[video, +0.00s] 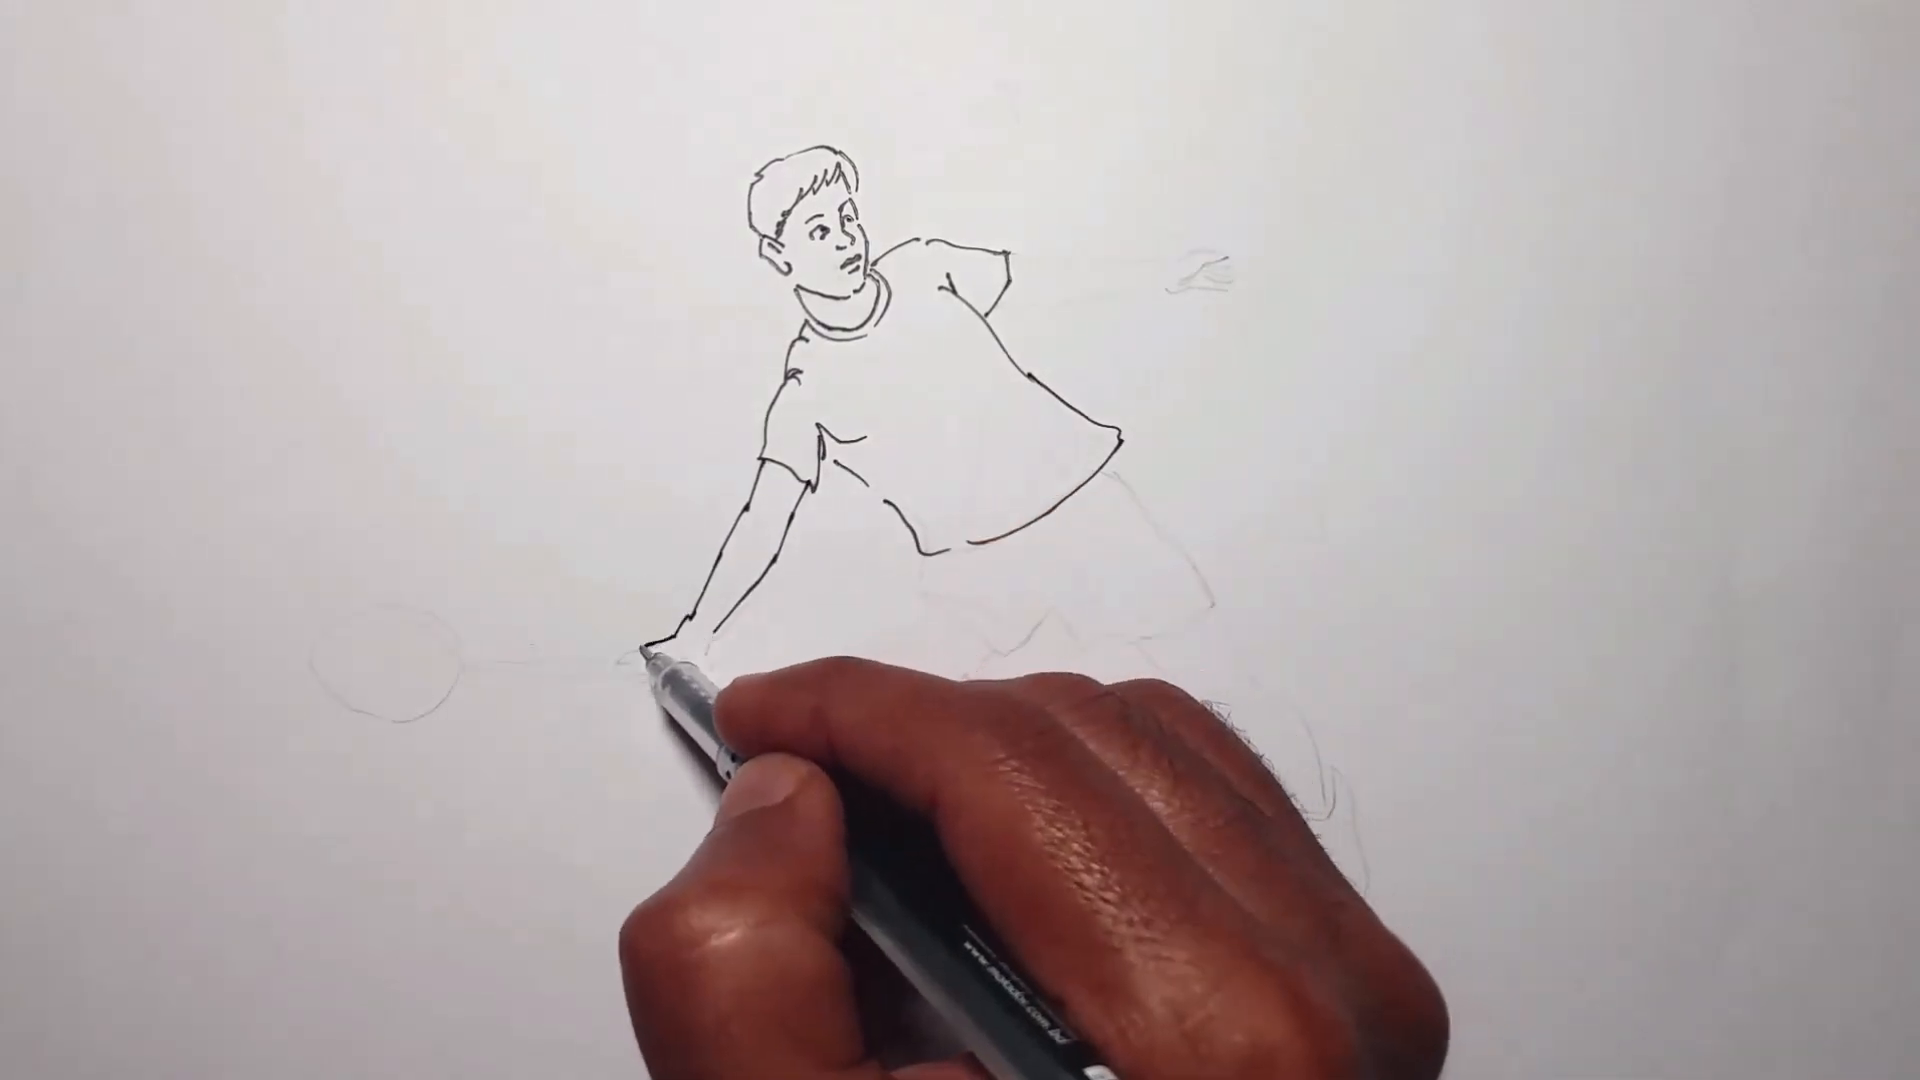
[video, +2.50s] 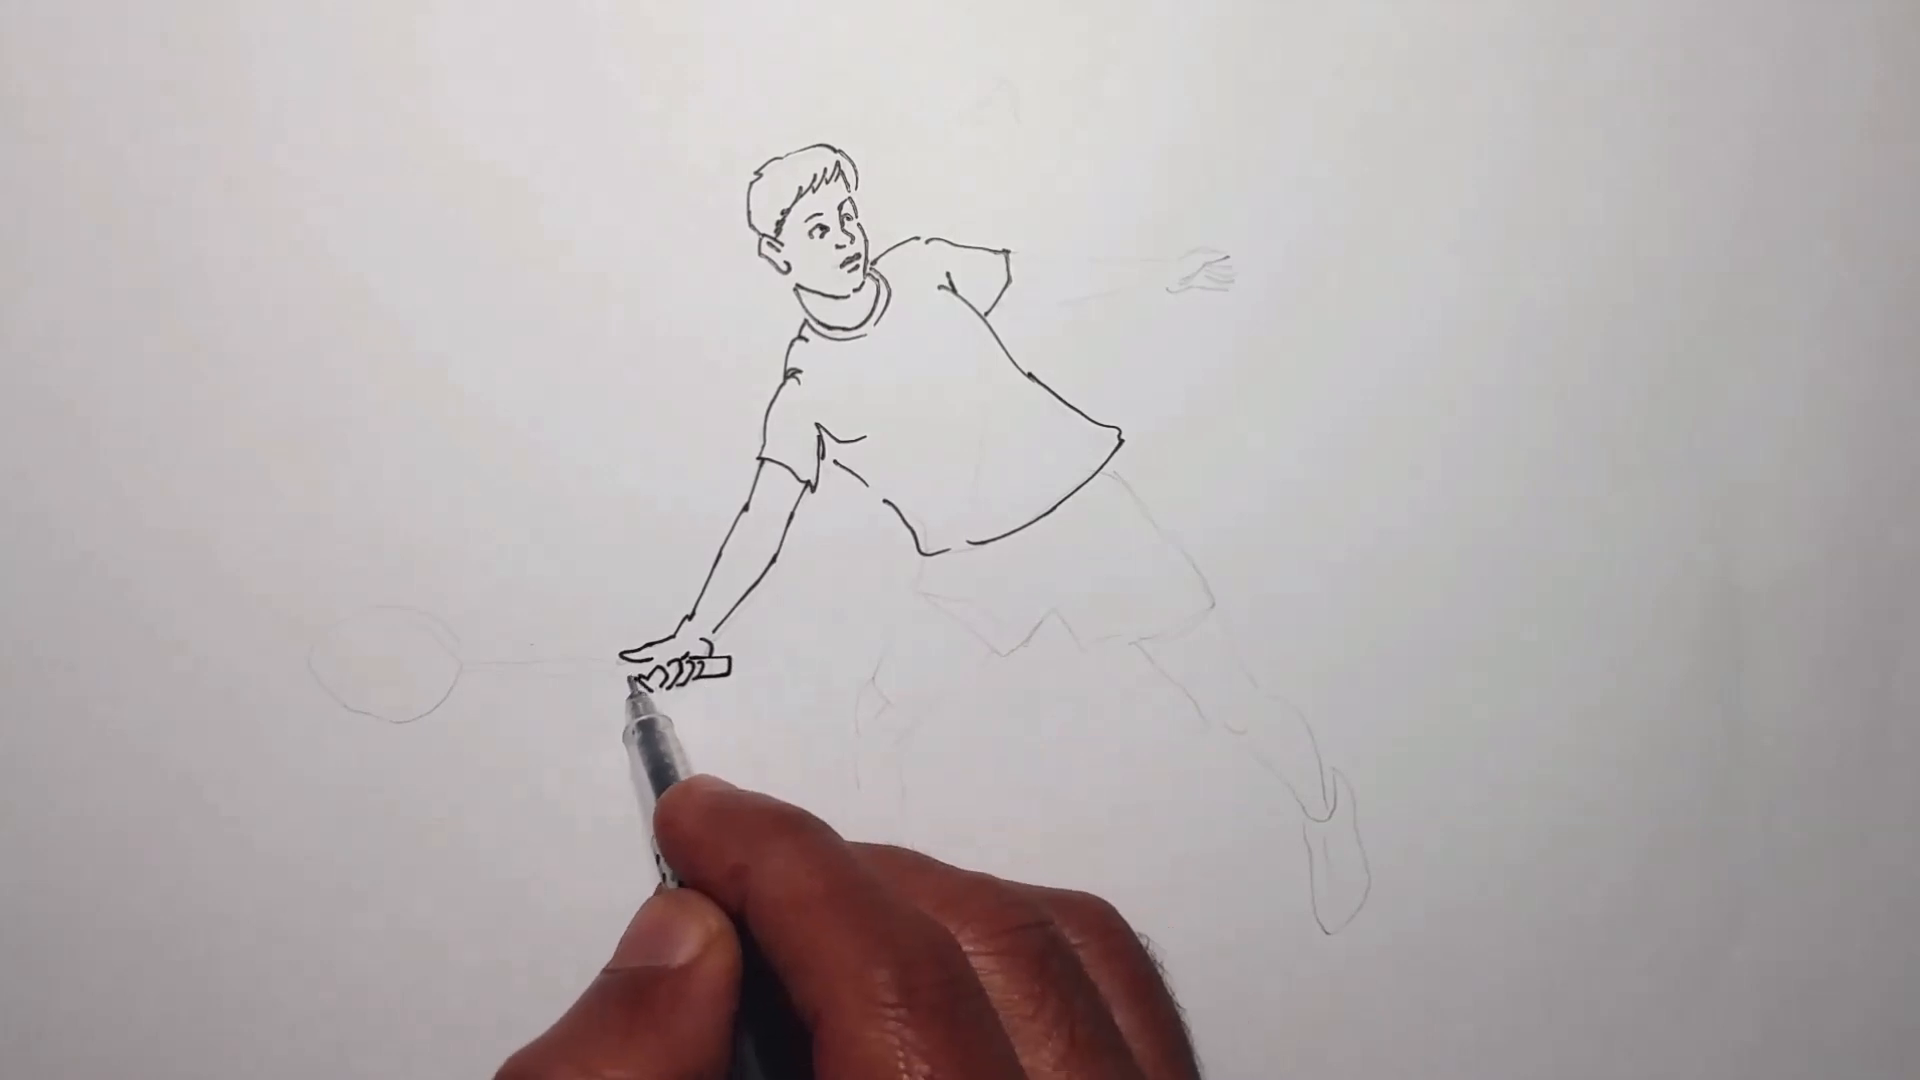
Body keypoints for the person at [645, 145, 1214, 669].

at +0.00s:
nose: (846, 241)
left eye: (846, 215)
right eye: (817, 230)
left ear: (861, 211)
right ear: (776, 257)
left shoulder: (927, 267)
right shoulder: (805, 401)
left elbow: (1050, 274)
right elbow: (759, 531)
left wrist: (1172, 282)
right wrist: (695, 632)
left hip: (1088, 500)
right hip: (980, 569)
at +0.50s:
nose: (844, 240)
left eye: (845, 215)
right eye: (816, 230)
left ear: (861, 210)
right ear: (775, 255)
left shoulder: (927, 267)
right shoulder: (805, 402)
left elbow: (1054, 272)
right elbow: (761, 525)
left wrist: (1171, 281)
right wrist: (695, 631)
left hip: (1093, 502)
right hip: (983, 571)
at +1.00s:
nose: (843, 240)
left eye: (844, 216)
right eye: (815, 231)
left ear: (859, 211)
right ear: (775, 256)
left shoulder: (927, 268)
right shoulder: (805, 399)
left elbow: (1060, 272)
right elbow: (761, 525)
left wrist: (1171, 278)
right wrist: (695, 632)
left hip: (1093, 496)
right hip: (977, 566)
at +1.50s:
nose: (843, 241)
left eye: (844, 215)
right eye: (814, 230)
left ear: (859, 210)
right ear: (775, 257)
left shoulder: (928, 264)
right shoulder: (805, 404)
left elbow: (1062, 278)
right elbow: (760, 528)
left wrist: (1170, 287)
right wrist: (696, 632)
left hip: (1102, 505)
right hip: (981, 576)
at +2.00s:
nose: (833, 242)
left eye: (838, 214)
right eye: (804, 233)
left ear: (861, 210)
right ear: (775, 259)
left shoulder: (937, 275)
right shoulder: (805, 392)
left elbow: (1032, 266)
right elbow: (760, 526)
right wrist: (692, 631)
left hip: (1095, 521)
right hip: (962, 586)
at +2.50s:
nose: (833, 243)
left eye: (837, 215)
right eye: (805, 233)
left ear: (861, 211)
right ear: (775, 259)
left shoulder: (937, 272)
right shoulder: (805, 392)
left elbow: (1066, 274)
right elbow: (762, 522)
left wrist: (1179, 282)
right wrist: (700, 627)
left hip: (1094, 516)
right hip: (967, 585)